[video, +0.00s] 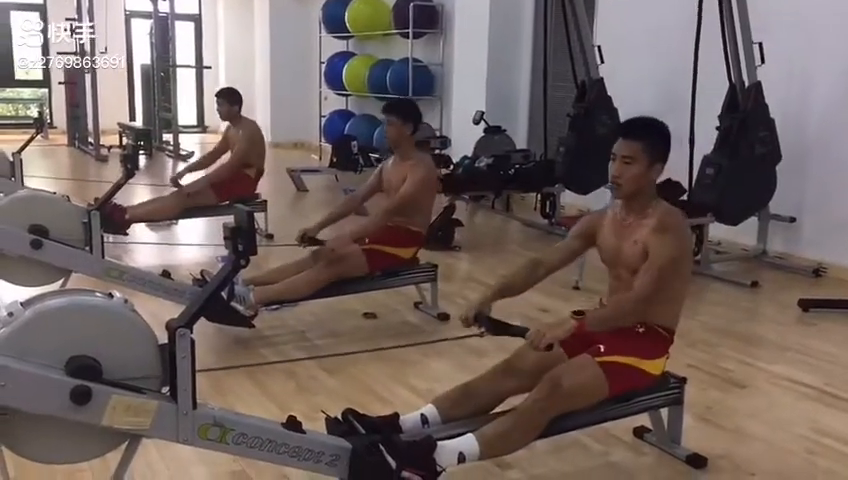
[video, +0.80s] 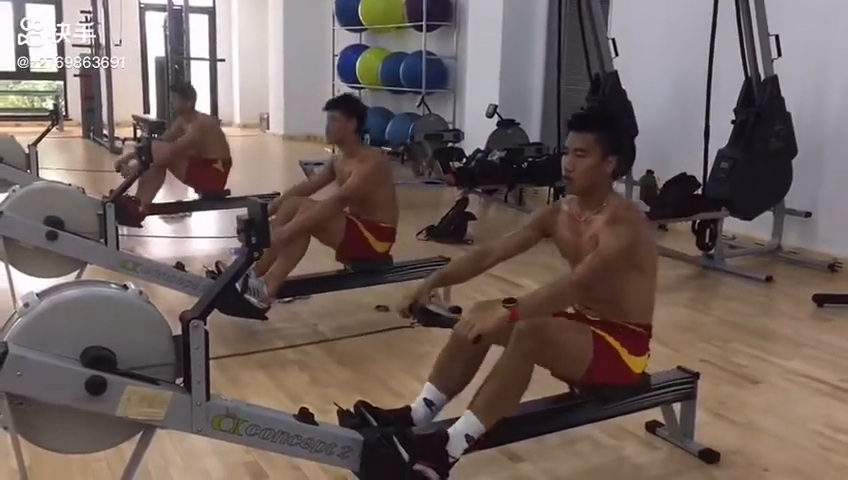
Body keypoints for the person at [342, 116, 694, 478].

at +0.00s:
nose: (617, 170)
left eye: (630, 162)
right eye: (615, 159)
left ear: (657, 170)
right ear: (609, 162)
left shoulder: (670, 226)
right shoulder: (601, 220)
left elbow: (634, 305)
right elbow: (541, 264)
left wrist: (566, 329)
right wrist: (491, 295)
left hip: (645, 342)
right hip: (601, 326)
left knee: (551, 391)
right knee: (510, 370)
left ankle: (442, 457)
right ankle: (401, 427)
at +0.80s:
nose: (568, 163)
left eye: (581, 154)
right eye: (567, 153)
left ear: (612, 165)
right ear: (564, 155)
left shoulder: (625, 223)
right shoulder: (556, 215)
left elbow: (574, 286)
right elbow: (488, 253)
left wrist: (505, 317)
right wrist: (433, 283)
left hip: (622, 349)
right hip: (580, 329)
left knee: (529, 332)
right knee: (481, 315)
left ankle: (449, 448)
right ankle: (418, 418)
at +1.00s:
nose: (533, 166)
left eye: (546, 156)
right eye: (533, 155)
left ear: (577, 166)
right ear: (530, 157)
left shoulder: (592, 225)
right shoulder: (526, 217)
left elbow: (537, 287)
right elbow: (454, 254)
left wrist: (462, 316)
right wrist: (391, 283)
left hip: (598, 353)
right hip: (555, 335)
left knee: (512, 324)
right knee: (462, 302)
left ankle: (449, 449)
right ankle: (417, 417)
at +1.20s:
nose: (488, 171)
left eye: (501, 162)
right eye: (488, 160)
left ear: (534, 169)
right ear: (487, 161)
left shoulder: (548, 232)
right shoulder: (482, 222)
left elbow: (493, 294)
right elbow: (409, 259)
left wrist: (404, 324)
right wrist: (337, 290)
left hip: (566, 367)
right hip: (519, 353)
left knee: (487, 313)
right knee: (437, 289)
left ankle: (449, 447)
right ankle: (417, 415)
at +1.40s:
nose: (445, 179)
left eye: (459, 170)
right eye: (445, 168)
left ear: (492, 178)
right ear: (443, 170)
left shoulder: (506, 238)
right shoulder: (449, 229)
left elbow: (447, 303)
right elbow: (366, 268)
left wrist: (356, 333)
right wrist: (292, 295)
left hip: (541, 375)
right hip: (494, 363)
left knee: (464, 308)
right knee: (413, 287)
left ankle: (448, 443)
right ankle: (417, 412)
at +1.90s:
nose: (473, 173)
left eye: (487, 164)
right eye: (472, 162)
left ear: (520, 174)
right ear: (469, 165)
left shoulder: (539, 228)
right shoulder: (472, 224)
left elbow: (483, 294)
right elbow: (406, 264)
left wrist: (398, 319)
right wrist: (338, 280)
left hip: (562, 362)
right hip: (517, 353)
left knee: (482, 312)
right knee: (434, 287)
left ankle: (445, 441)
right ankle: (412, 414)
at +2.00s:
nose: (513, 166)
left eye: (526, 157)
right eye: (512, 155)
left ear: (558, 166)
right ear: (509, 159)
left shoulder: (573, 223)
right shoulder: (507, 216)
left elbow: (521, 286)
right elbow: (446, 256)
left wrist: (449, 311)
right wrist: (381, 275)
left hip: (587, 349)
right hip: (547, 330)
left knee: (501, 321)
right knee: (452, 293)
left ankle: (441, 444)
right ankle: (411, 414)